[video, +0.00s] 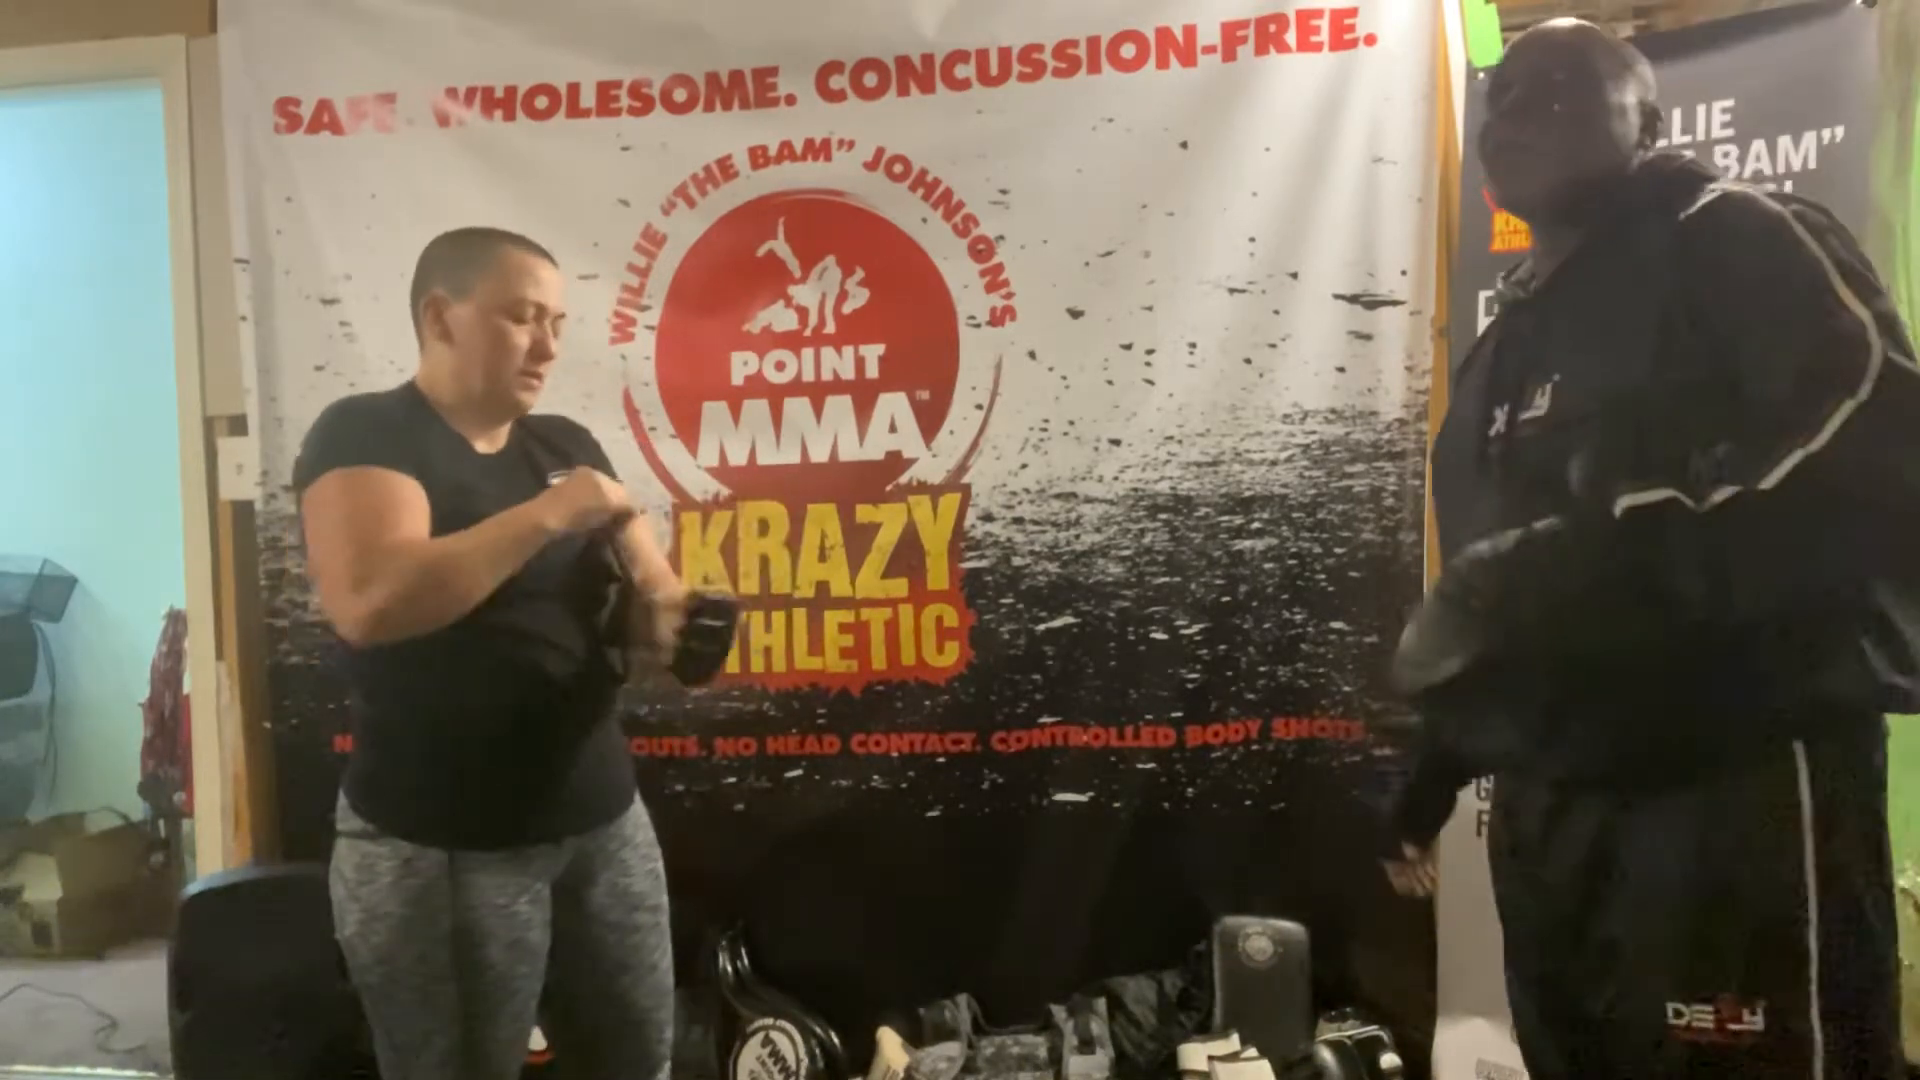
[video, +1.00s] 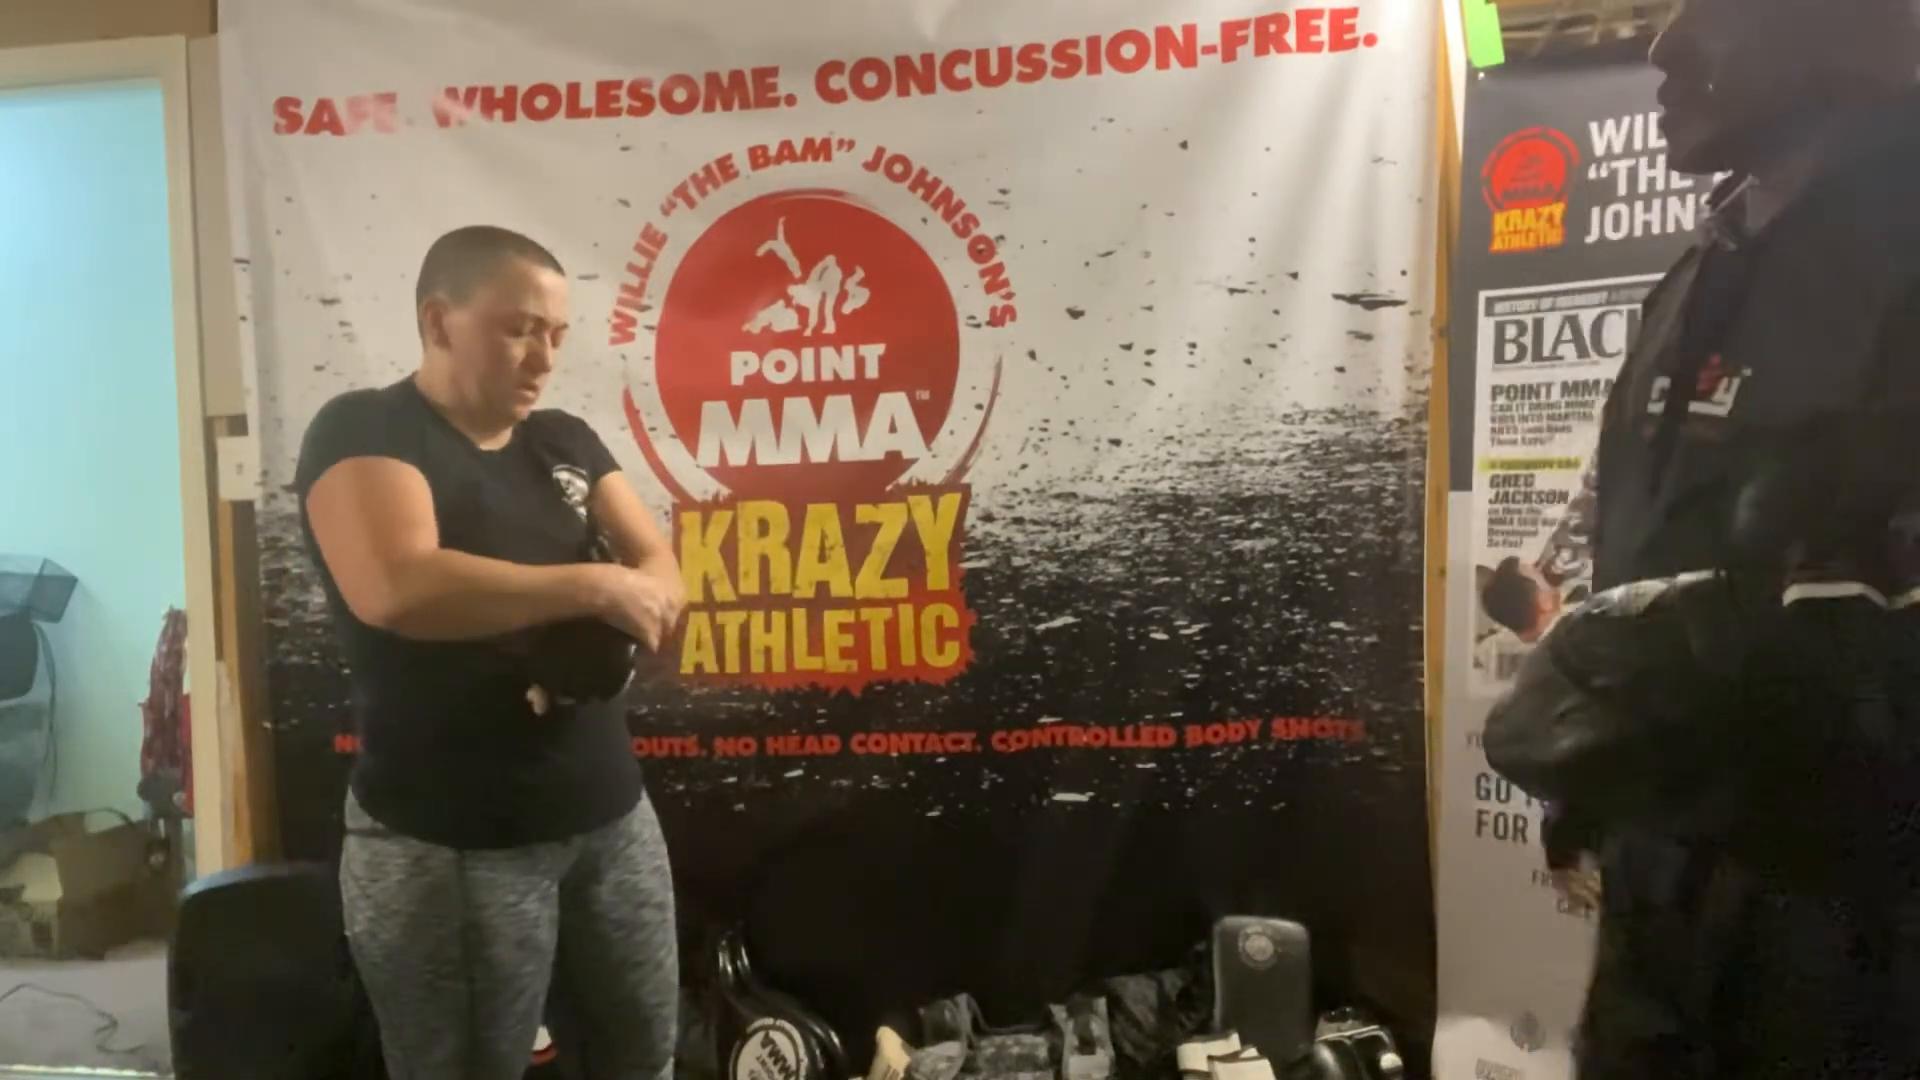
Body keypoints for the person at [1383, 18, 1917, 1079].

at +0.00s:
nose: (1496, 119)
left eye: (1532, 92)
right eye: (1488, 103)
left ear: (1631, 115)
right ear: (1479, 151)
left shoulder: (1734, 233)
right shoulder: (1494, 351)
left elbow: (1887, 432)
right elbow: (1487, 602)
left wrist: (1628, 568)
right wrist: (1418, 789)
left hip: (1750, 773)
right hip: (1559, 793)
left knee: (1769, 1056)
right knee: (1575, 1054)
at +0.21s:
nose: (1490, 127)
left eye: (1512, 98)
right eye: (1492, 101)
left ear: (1601, 111)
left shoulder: (1760, 236)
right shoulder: (1503, 340)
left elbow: (1907, 431)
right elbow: (1484, 584)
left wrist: (1668, 579)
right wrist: (1434, 771)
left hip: (1741, 776)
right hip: (1560, 792)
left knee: (1727, 1048)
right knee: (1566, 1046)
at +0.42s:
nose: (1600, 111)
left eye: (1635, 76)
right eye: (1586, 81)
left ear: (1730, 90)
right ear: (1564, 111)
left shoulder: (1853, 250)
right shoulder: (1560, 332)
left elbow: (1882, 572)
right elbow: (1500, 582)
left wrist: (1580, 614)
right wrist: (1411, 748)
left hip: (1794, 841)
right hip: (1580, 844)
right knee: (1584, 1051)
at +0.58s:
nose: (1629, 69)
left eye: (1676, 35)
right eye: (1622, 47)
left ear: (1805, 51)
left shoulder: (1884, 227)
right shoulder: (1613, 300)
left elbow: (1894, 572)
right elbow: (1543, 564)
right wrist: (1447, 732)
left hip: (1823, 842)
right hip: (1617, 839)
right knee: (1592, 1058)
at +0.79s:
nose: (1643, 40)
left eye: (1681, 9)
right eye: (1645, 19)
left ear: (1822, 24)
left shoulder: (1892, 196)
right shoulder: (1643, 305)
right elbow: (1615, 591)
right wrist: (1516, 753)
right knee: (1590, 1057)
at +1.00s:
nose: (1659, 44)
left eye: (1705, 11)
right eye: (1669, 18)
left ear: (1827, 32)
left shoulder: (1896, 227)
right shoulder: (1679, 289)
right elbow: (1623, 565)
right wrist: (1593, 787)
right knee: (1641, 1055)